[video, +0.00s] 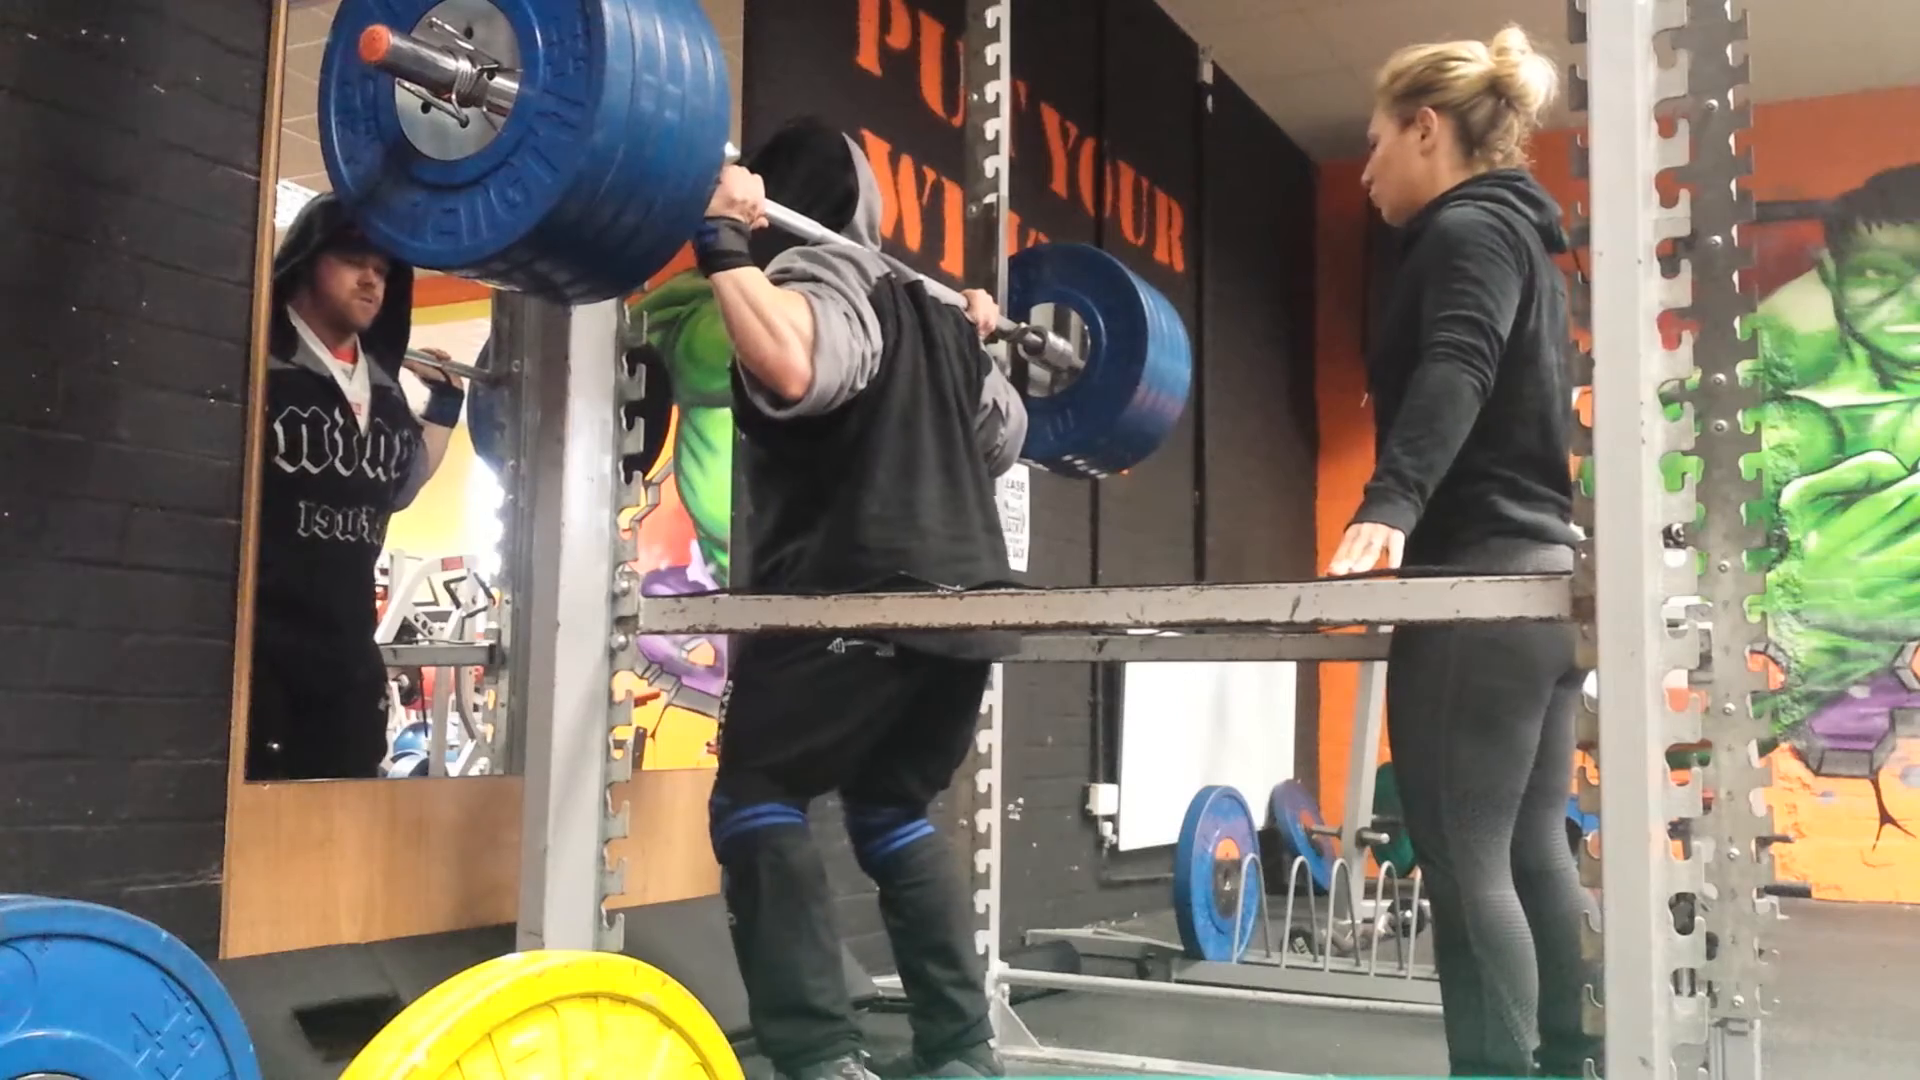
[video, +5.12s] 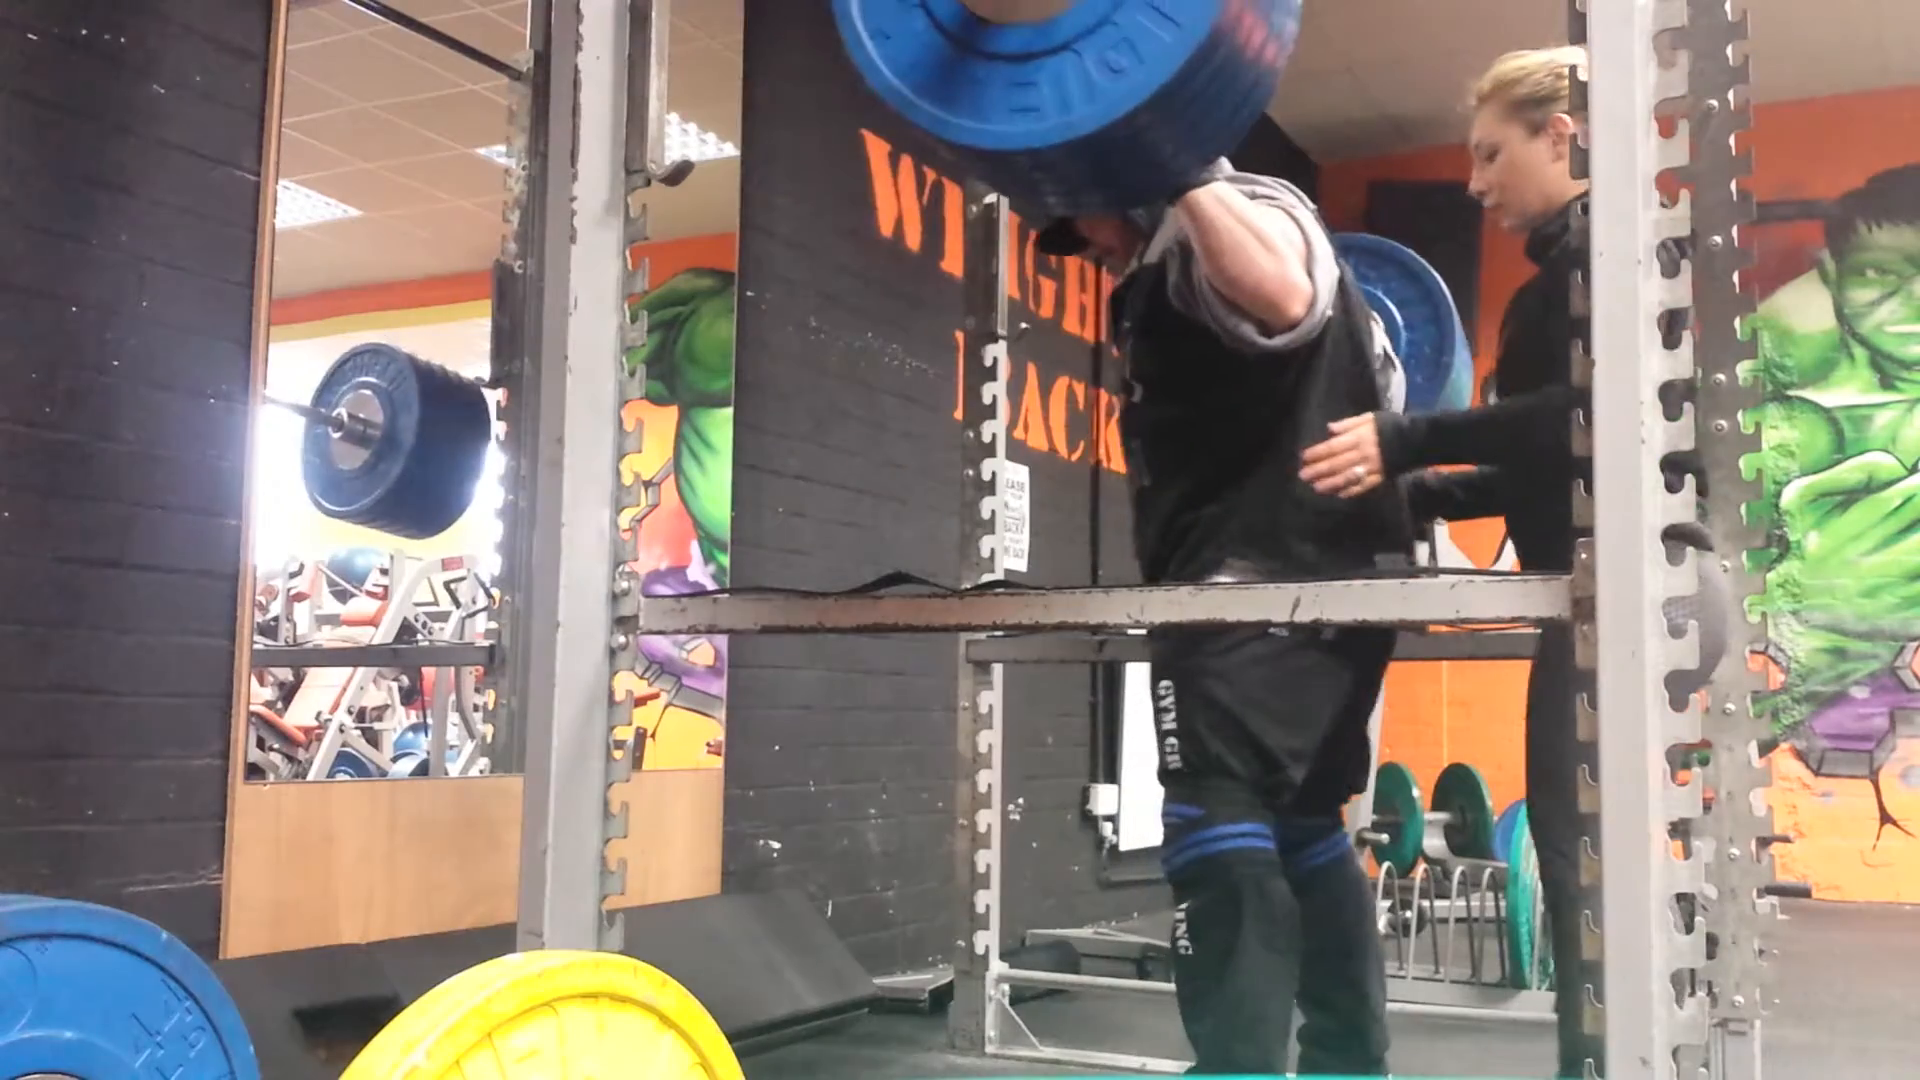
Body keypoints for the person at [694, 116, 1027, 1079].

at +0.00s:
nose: (745, 227)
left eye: (753, 207)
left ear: (775, 208)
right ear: (864, 205)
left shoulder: (811, 276)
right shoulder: (934, 303)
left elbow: (794, 367)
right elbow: (1002, 434)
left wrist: (722, 239)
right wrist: (987, 338)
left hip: (836, 600)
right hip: (967, 601)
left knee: (756, 797)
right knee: (892, 804)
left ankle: (809, 1047)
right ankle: (958, 1049)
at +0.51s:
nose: (734, 247)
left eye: (743, 224)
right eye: (730, 224)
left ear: (778, 220)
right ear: (846, 213)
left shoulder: (822, 271)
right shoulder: (933, 301)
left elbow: (793, 367)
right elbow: (1008, 435)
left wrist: (721, 238)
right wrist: (981, 341)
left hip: (850, 599)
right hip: (972, 605)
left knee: (767, 802)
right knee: (895, 808)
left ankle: (806, 1049)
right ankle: (958, 1049)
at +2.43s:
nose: (764, 216)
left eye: (773, 194)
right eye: (763, 194)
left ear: (802, 187)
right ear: (871, 182)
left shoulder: (842, 241)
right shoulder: (952, 274)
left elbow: (840, 335)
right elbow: (1026, 408)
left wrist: (763, 212)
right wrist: (1009, 320)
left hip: (871, 568)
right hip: (986, 567)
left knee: (833, 797)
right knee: (940, 799)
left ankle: (817, 1050)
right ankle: (964, 1046)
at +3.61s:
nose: (862, 230)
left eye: (870, 208)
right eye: (861, 215)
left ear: (909, 173)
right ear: (977, 163)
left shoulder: (964, 226)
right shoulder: (1058, 257)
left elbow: (993, 311)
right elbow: (1135, 390)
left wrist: (892, 195)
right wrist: (1132, 324)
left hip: (989, 569)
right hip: (1092, 565)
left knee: (946, 807)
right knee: (1012, 791)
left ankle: (960, 1060)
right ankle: (1074, 1027)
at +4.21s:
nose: (976, 228)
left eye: (980, 205)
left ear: (1010, 186)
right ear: (1090, 165)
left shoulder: (1088, 229)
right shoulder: (1165, 244)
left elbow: (1141, 316)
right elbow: (1255, 368)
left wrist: (1050, 224)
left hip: (1113, 560)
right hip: (1219, 559)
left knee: (1020, 777)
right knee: (1156, 801)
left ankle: (1075, 1055)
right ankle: (1179, 1061)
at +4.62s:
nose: (1015, 241)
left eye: (1019, 219)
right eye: (1005, 227)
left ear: (1061, 193)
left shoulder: (1181, 221)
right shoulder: (1101, 271)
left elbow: (1217, 306)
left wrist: (1110, 186)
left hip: (1219, 572)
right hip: (1164, 575)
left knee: (1163, 826)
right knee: (1167, 826)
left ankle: (1220, 1068)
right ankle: (1187, 1061)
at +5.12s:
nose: (1081, 247)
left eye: (1078, 222)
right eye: (1066, 234)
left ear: (1116, 181)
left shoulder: (1240, 208)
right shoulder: (1169, 258)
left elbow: (1282, 295)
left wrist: (1173, 161)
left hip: (1265, 578)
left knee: (1214, 819)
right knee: (1303, 823)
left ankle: (1237, 1065)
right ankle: (1347, 1064)